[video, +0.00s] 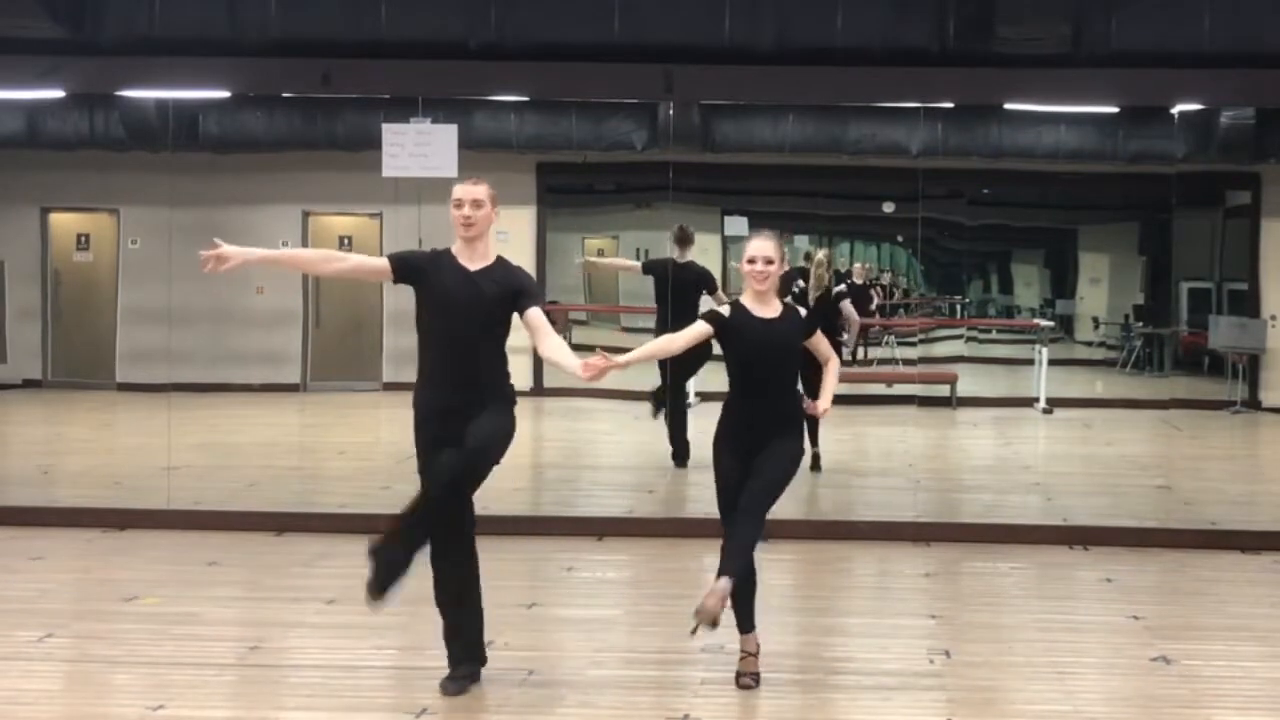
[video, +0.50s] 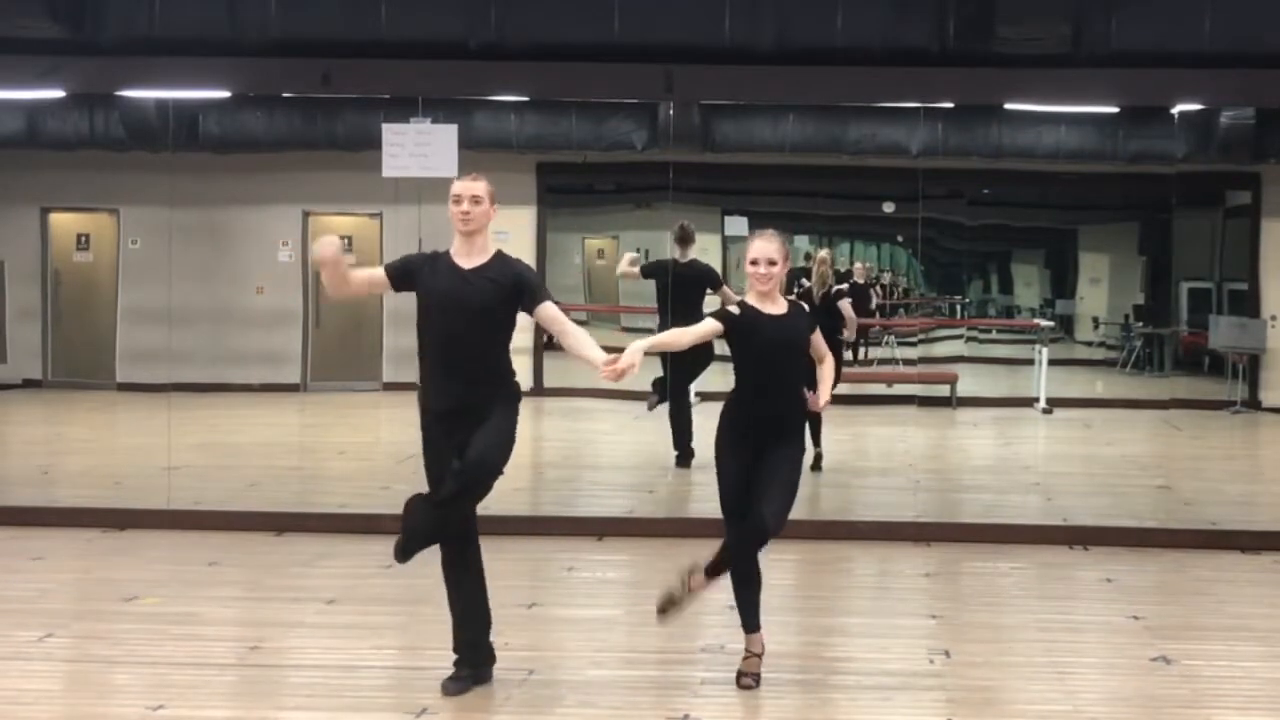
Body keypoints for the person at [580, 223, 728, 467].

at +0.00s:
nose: (681, 246)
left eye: (676, 242)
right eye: (687, 242)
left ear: (673, 243)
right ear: (692, 244)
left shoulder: (659, 266)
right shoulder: (701, 273)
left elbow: (626, 265)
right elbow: (722, 302)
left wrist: (595, 262)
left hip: (665, 340)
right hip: (693, 339)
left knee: (675, 396)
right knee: (703, 352)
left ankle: (680, 454)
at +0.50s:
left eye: (676, 242)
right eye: (688, 242)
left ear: (673, 242)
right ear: (694, 243)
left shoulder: (660, 267)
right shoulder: (704, 271)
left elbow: (622, 272)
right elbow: (731, 299)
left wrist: (627, 258)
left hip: (667, 337)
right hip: (697, 337)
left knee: (678, 395)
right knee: (704, 357)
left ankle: (684, 452)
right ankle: (663, 389)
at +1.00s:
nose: (688, 256)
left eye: (683, 253)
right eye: (692, 252)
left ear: (677, 253)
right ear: (697, 254)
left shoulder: (664, 278)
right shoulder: (704, 283)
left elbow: (628, 290)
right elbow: (730, 308)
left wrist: (609, 306)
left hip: (669, 345)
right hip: (693, 346)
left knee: (683, 394)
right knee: (678, 394)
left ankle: (685, 450)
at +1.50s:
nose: (692, 256)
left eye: (686, 253)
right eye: (696, 251)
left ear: (682, 254)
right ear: (702, 253)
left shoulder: (673, 281)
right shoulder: (714, 280)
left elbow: (636, 291)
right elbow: (739, 308)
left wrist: (607, 291)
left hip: (675, 345)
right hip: (701, 345)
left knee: (680, 398)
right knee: (696, 392)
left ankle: (687, 456)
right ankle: (711, 445)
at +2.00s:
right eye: (705, 254)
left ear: (687, 254)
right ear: (706, 256)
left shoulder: (676, 271)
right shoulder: (713, 284)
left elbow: (640, 254)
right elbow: (733, 313)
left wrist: (616, 243)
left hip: (681, 351)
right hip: (707, 352)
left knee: (682, 398)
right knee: (703, 399)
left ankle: (677, 446)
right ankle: (696, 449)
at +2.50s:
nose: (728, 253)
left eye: (727, 249)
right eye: (726, 249)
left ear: (707, 252)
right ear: (720, 252)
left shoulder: (695, 280)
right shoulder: (729, 279)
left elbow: (694, 310)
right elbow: (736, 309)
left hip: (693, 339)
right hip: (720, 343)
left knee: (681, 397)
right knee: (715, 399)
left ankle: (674, 453)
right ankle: (717, 455)